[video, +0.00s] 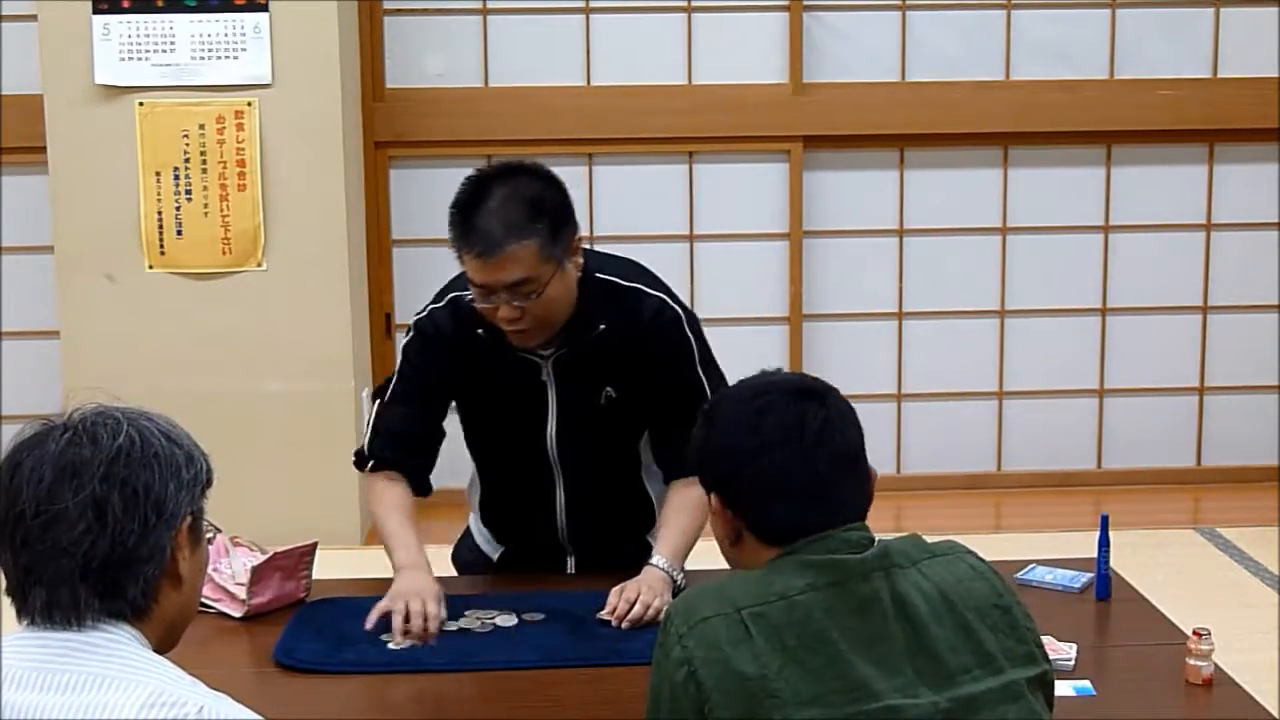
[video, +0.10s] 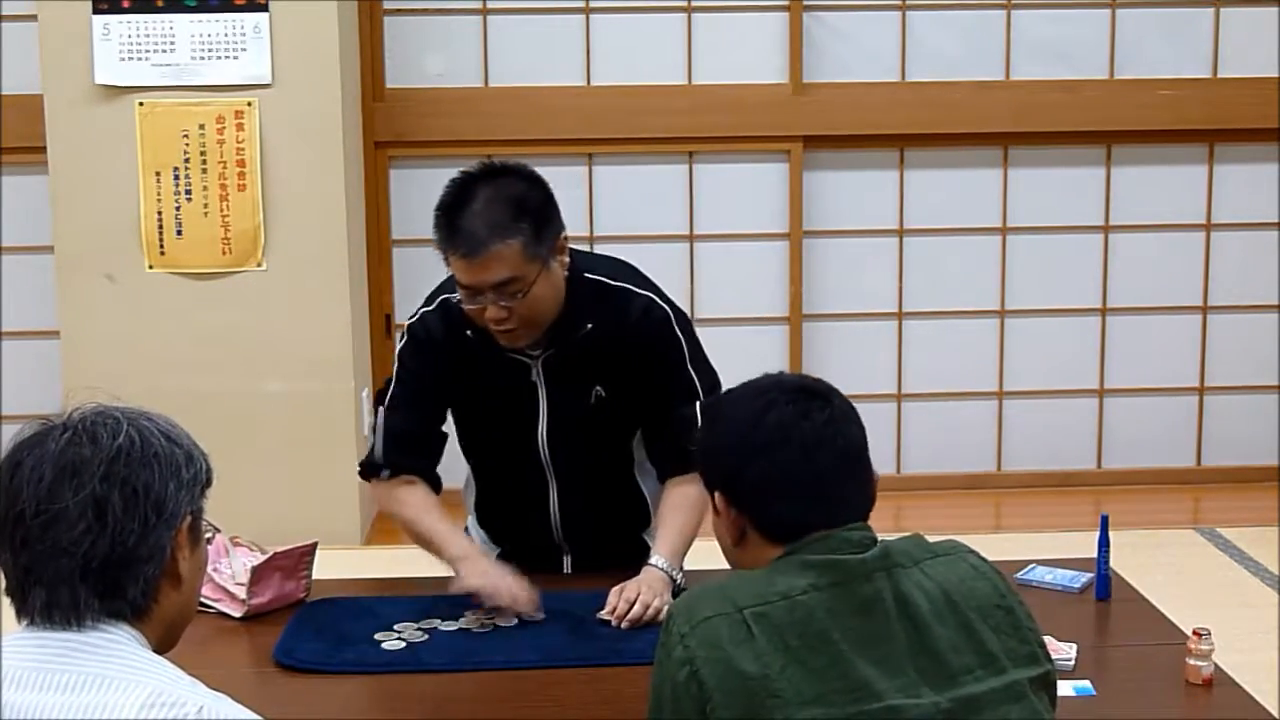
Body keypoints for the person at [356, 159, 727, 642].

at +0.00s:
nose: (506, 313)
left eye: (525, 291)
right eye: (484, 292)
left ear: (574, 253)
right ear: (465, 264)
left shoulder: (647, 313)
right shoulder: (449, 324)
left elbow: (698, 458)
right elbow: (388, 464)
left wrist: (663, 570)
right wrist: (410, 569)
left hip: (624, 573)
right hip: (501, 575)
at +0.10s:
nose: (493, 313)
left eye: (511, 291)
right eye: (472, 293)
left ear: (560, 253)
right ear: (451, 268)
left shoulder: (637, 312)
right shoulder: (440, 329)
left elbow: (690, 461)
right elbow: (395, 477)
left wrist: (661, 569)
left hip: (624, 576)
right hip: (505, 582)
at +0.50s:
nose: (485, 320)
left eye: (503, 297)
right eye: (463, 301)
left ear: (551, 261)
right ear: (444, 277)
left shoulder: (628, 313)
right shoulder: (437, 336)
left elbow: (686, 456)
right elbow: (379, 481)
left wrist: (662, 570)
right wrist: (415, 578)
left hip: (623, 576)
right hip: (500, 579)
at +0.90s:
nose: (481, 317)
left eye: (499, 293)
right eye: (459, 298)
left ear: (547, 259)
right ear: (439, 276)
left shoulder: (622, 312)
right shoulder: (430, 340)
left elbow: (684, 449)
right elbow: (360, 463)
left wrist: (658, 565)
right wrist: (337, 570)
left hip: (620, 574)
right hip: (495, 578)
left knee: (630, 708)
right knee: (487, 714)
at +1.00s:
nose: (479, 315)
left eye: (495, 292)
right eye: (456, 298)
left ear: (543, 256)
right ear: (436, 274)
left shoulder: (618, 310)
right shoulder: (427, 337)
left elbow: (684, 445)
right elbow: (364, 453)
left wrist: (641, 557)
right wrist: (330, 564)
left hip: (624, 570)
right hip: (495, 577)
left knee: (639, 708)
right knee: (487, 714)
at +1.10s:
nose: (467, 312)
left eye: (484, 288)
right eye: (444, 294)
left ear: (530, 249)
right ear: (423, 272)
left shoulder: (609, 310)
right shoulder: (416, 341)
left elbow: (655, 456)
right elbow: (364, 458)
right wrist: (337, 556)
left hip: (629, 559)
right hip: (495, 567)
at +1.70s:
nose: (431, 314)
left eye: (448, 294)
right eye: (411, 296)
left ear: (503, 254)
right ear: (396, 274)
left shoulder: (591, 314)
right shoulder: (395, 335)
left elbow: (606, 469)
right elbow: (360, 456)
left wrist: (503, 551)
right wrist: (322, 545)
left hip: (603, 531)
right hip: (484, 540)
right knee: (477, 687)